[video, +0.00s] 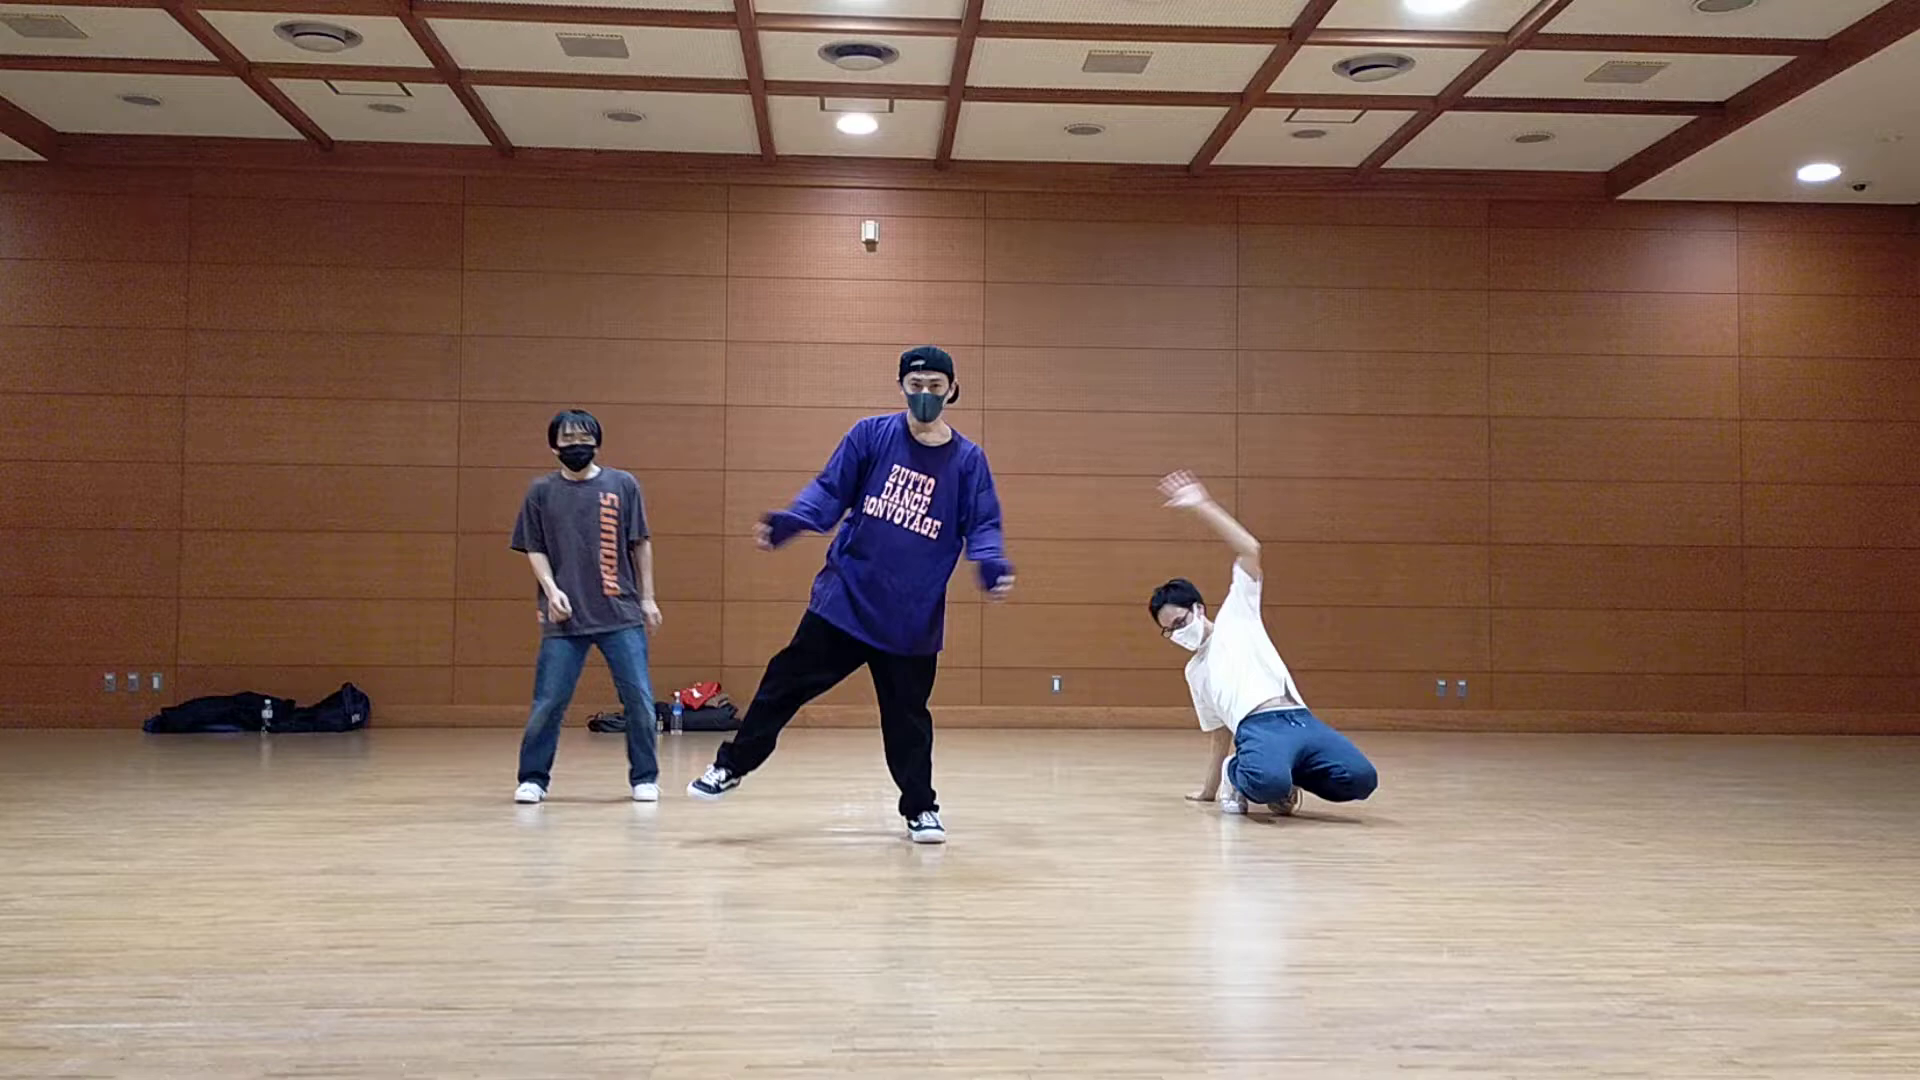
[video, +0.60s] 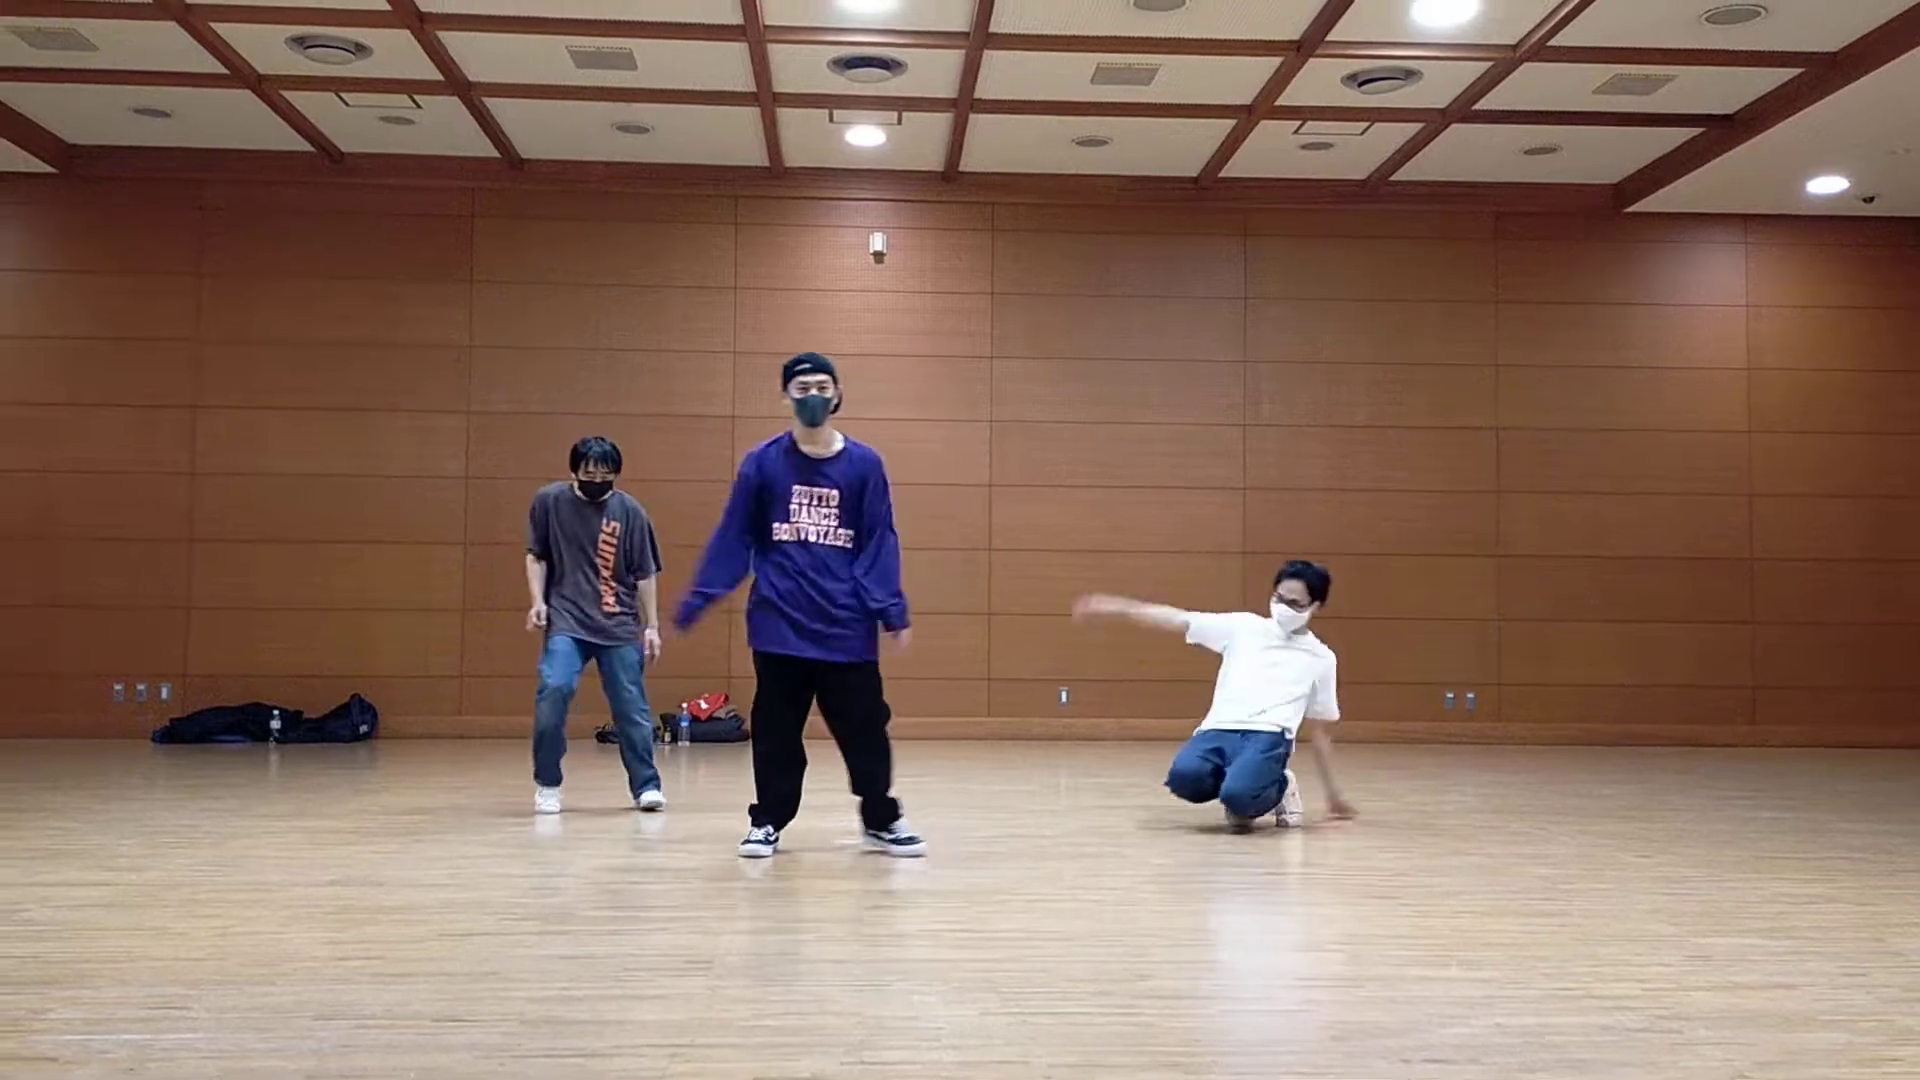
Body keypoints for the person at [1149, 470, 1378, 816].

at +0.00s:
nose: (1177, 634)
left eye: (1180, 622)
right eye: (1169, 631)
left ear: (1199, 609)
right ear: (1165, 635)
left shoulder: (1238, 611)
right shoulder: (1196, 673)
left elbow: (1250, 549)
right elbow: (1220, 736)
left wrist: (1201, 504)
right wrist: (1208, 791)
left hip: (1301, 719)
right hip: (1258, 730)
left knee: (1362, 781)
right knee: (1273, 786)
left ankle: (1290, 783)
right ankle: (1236, 781)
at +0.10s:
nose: (1185, 628)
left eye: (1188, 617)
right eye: (1176, 624)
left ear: (1208, 605)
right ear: (1172, 626)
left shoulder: (1246, 611)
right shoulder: (1198, 669)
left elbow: (1274, 553)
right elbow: (1216, 733)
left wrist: (1251, 493)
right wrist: (1209, 792)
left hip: (1298, 721)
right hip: (1255, 733)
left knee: (1356, 781)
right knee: (1269, 784)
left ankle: (1288, 788)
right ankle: (1236, 785)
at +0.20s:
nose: (1198, 620)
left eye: (1203, 610)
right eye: (1190, 614)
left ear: (1223, 600)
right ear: (1183, 614)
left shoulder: (1258, 614)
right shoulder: (1199, 661)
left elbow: (1314, 582)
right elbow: (1202, 730)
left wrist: (1342, 528)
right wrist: (1203, 786)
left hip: (1293, 725)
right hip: (1249, 737)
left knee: (1342, 775)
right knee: (1264, 779)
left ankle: (1289, 787)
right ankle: (1238, 789)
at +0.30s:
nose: (1215, 610)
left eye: (1223, 601)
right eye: (1208, 603)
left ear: (1243, 596)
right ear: (1200, 603)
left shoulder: (1271, 617)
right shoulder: (1202, 647)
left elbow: (1341, 621)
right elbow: (1186, 708)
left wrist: (1410, 606)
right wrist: (1176, 765)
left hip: (1287, 727)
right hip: (1240, 734)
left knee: (1319, 772)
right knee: (1245, 774)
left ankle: (1289, 793)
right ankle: (1237, 799)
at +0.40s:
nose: (1232, 604)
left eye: (1242, 596)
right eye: (1228, 595)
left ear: (1265, 594)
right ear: (1221, 591)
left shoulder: (1293, 626)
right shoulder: (1212, 636)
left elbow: (1352, 666)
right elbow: (1171, 687)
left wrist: (1416, 697)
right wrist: (1131, 737)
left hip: (1278, 728)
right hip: (1229, 731)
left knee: (1288, 769)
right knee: (1224, 772)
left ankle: (1287, 802)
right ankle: (1235, 800)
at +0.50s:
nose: (1260, 602)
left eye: (1270, 595)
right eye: (1255, 592)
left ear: (1290, 597)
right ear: (1246, 589)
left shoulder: (1310, 640)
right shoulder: (1225, 628)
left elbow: (1340, 702)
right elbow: (1166, 653)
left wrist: (1380, 758)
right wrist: (1104, 677)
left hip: (1270, 733)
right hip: (1220, 731)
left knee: (1257, 778)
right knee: (1203, 772)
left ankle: (1284, 798)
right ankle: (1233, 796)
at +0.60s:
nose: (1285, 609)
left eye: (1297, 604)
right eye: (1281, 599)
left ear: (1315, 608)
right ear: (1272, 594)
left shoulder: (1320, 659)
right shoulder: (1244, 626)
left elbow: (1320, 734)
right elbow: (1175, 618)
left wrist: (1335, 797)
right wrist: (1113, 606)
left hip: (1266, 739)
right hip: (1216, 733)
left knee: (1238, 799)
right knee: (1183, 780)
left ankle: (1281, 790)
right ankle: (1239, 803)